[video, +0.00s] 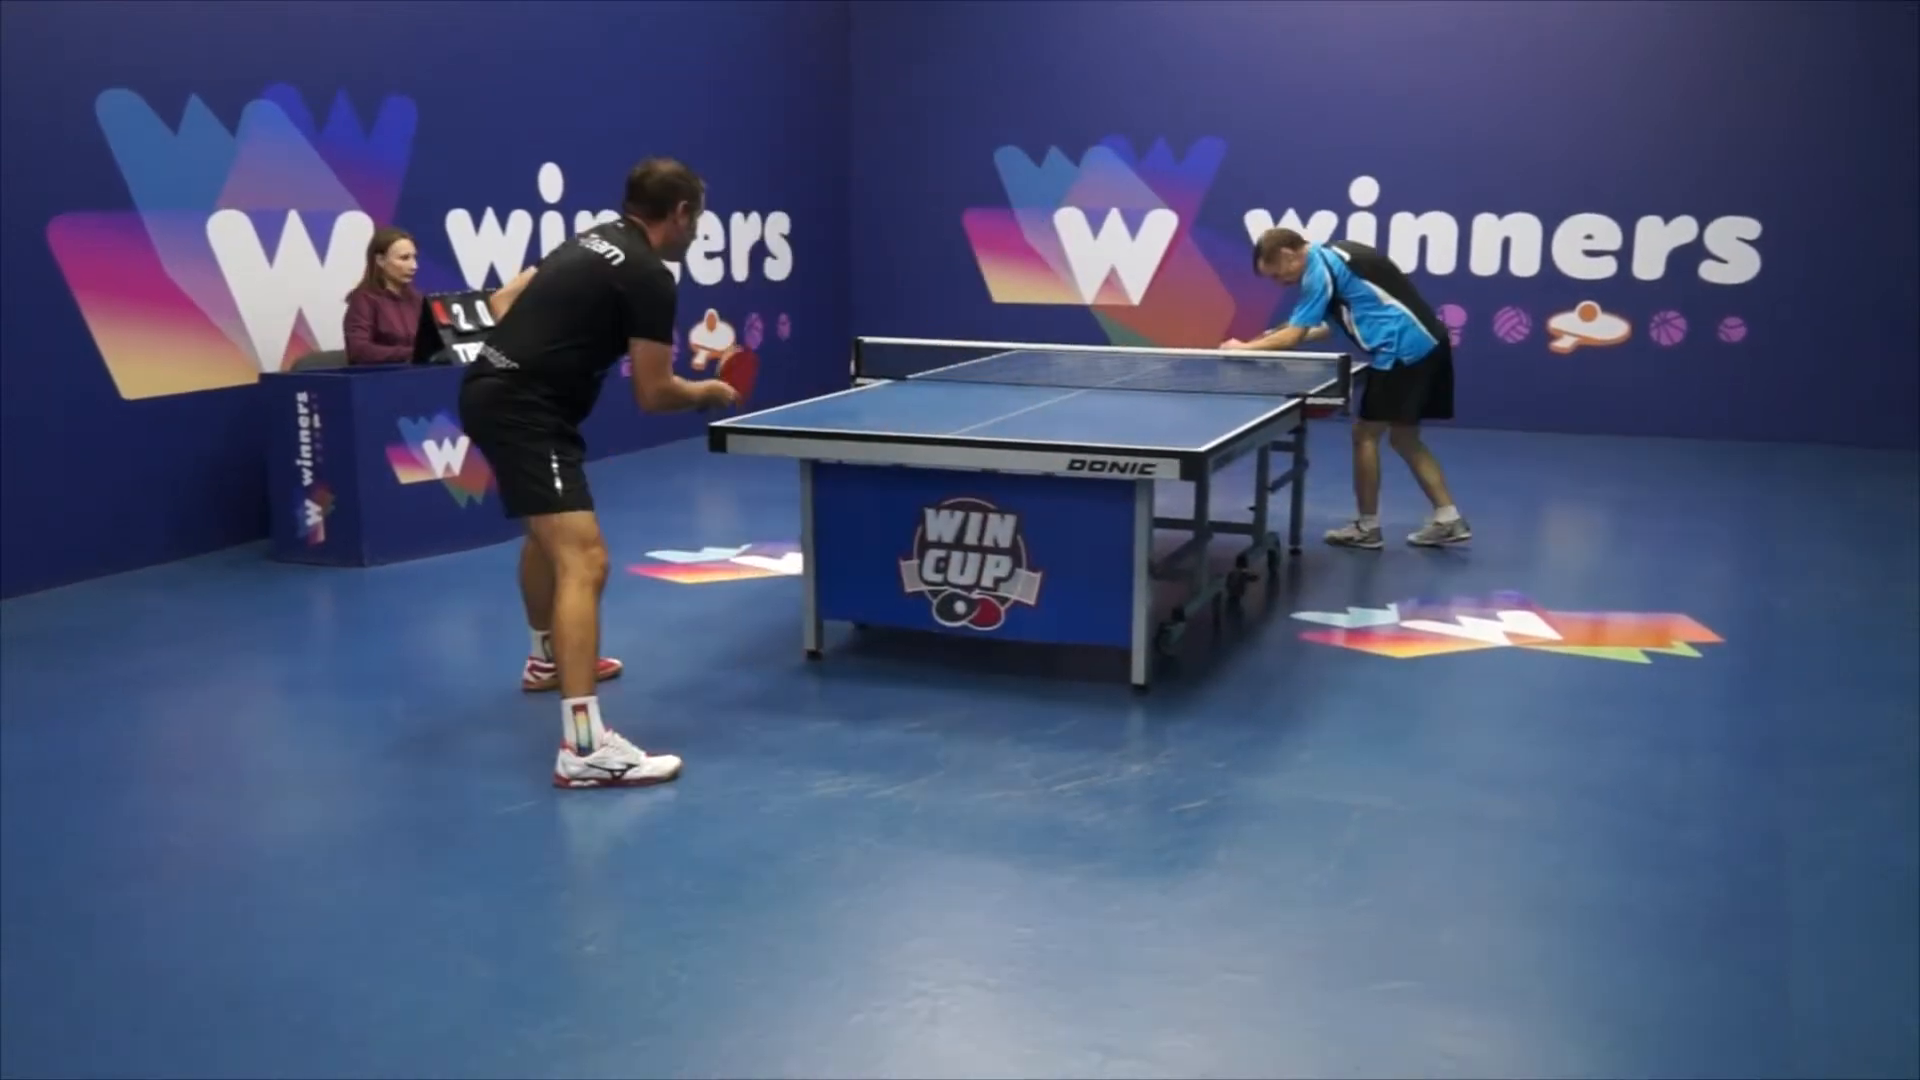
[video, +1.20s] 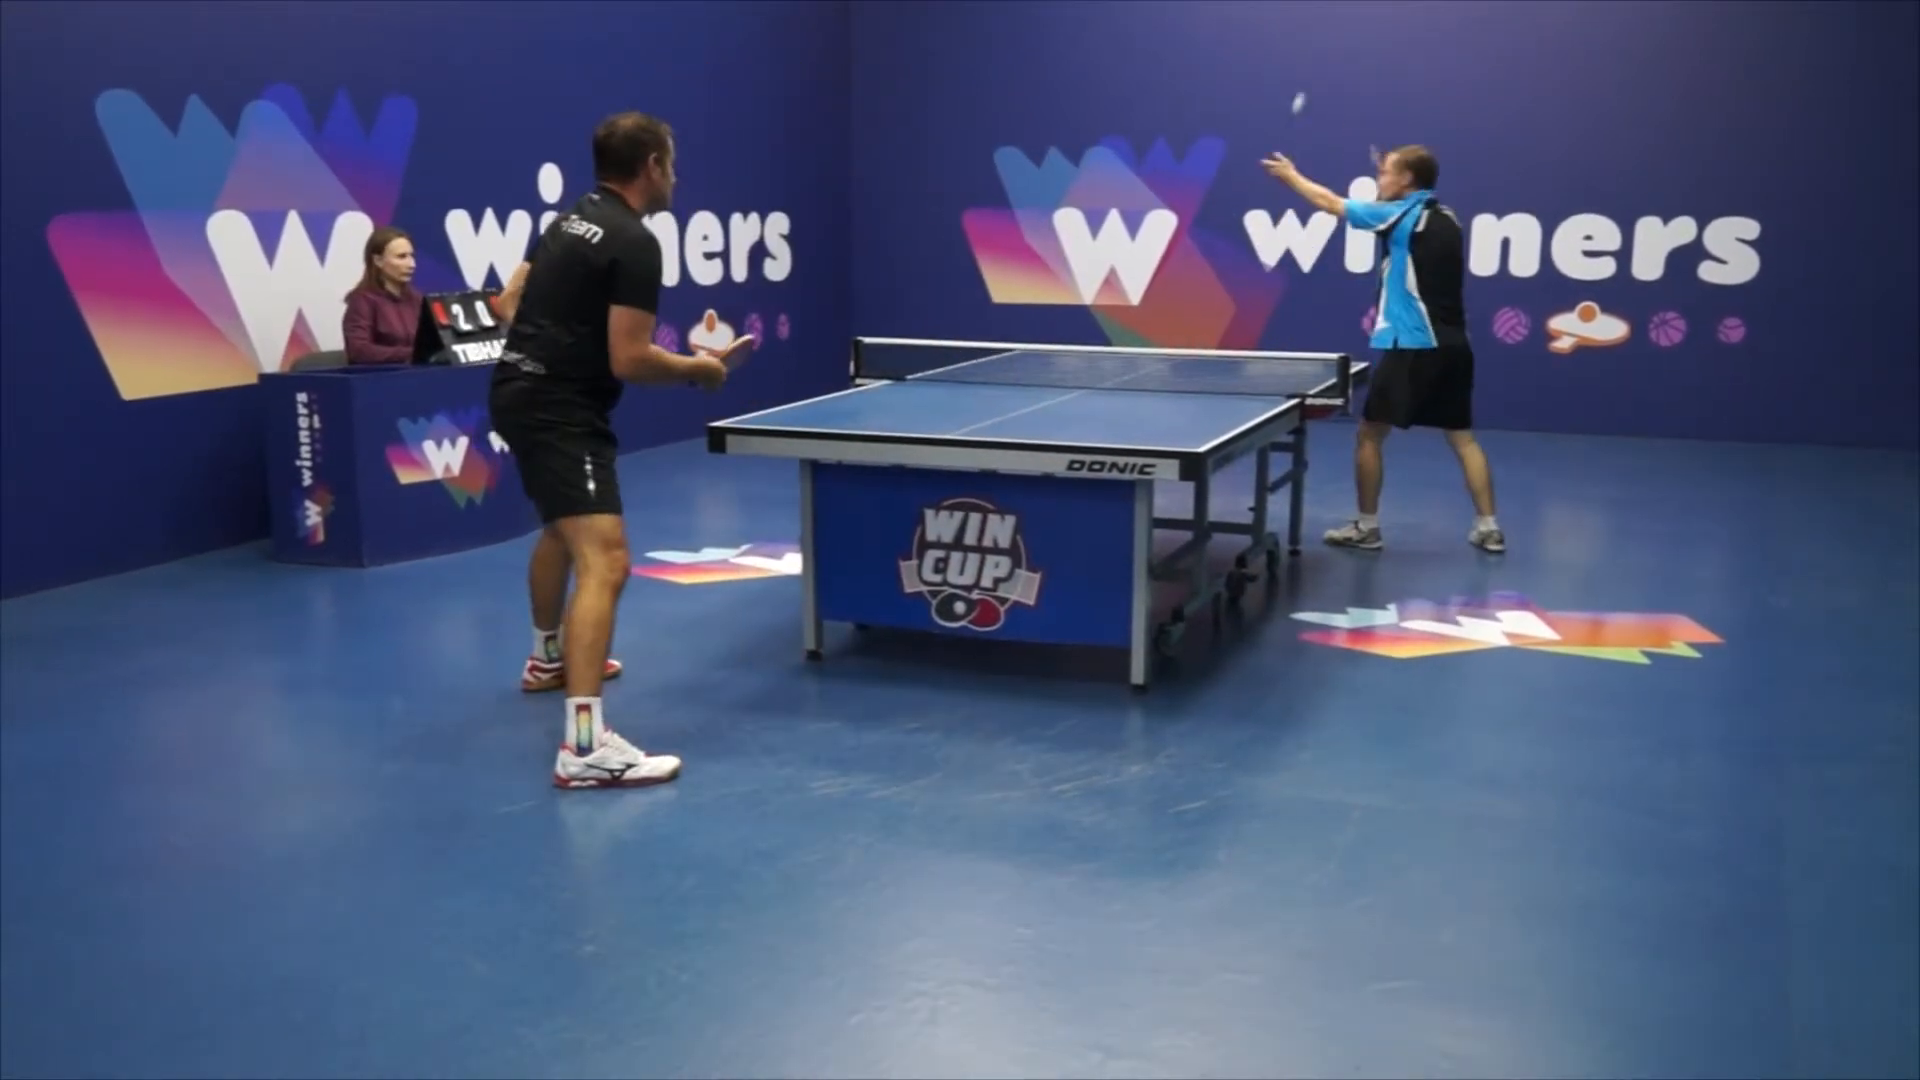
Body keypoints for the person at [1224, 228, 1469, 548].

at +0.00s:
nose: (1282, 281)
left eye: (1277, 274)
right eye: (1275, 277)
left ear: (1289, 253)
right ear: (1292, 251)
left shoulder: (1320, 265)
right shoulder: (1339, 255)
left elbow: (1293, 334)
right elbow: (1325, 327)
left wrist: (1245, 347)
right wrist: (1275, 336)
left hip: (1400, 350)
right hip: (1426, 345)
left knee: (1365, 436)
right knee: (1404, 437)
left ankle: (1367, 526)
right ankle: (1449, 518)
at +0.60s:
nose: (1293, 253)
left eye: (1292, 245)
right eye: (1289, 247)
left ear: (1311, 230)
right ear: (1317, 228)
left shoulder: (1335, 253)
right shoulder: (1359, 240)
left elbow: (1310, 321)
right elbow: (1323, 297)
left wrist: (1261, 343)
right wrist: (1280, 279)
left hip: (1399, 352)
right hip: (1432, 347)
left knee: (1365, 434)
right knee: (1424, 434)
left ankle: (1367, 526)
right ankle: (1470, 516)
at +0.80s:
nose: (1314, 227)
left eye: (1317, 219)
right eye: (1312, 220)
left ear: (1338, 211)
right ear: (1344, 210)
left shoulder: (1353, 242)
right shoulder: (1384, 228)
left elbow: (1316, 305)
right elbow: (1325, 267)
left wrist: (1270, 336)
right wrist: (1304, 223)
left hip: (1403, 353)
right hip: (1442, 348)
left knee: (1366, 434)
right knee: (1444, 433)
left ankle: (1367, 525)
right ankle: (1486, 518)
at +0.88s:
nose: (1323, 216)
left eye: (1327, 208)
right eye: (1321, 209)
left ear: (1348, 205)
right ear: (1359, 202)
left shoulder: (1360, 238)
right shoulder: (1399, 224)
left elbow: (1315, 290)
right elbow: (1332, 260)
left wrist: (1270, 314)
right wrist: (1323, 204)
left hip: (1403, 358)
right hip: (1445, 351)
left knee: (1366, 435)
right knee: (1451, 435)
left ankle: (1367, 525)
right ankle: (1486, 521)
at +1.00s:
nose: (1346, 197)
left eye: (1350, 191)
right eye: (1345, 190)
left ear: (1370, 195)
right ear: (1383, 195)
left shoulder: (1375, 229)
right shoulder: (1417, 222)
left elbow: (1320, 253)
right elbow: (1353, 239)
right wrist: (1351, 182)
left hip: (1403, 357)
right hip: (1446, 352)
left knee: (1366, 436)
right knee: (1457, 439)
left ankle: (1367, 525)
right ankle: (1488, 525)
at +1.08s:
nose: (1360, 182)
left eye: (1367, 176)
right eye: (1362, 175)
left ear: (1386, 185)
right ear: (1398, 185)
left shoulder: (1382, 221)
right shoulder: (1432, 219)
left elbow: (1316, 219)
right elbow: (1397, 194)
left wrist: (1276, 192)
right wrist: (1378, 161)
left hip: (1403, 355)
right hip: (1450, 352)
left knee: (1367, 436)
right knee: (1460, 439)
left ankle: (1366, 525)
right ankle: (1489, 525)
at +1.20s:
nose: (1378, 179)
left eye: (1385, 173)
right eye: (1381, 172)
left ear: (1409, 181)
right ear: (1419, 184)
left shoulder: (1398, 215)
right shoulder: (1448, 219)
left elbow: (1333, 204)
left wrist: (1291, 177)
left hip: (1409, 352)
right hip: (1453, 351)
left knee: (1370, 435)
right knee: (1463, 438)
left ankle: (1366, 526)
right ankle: (1489, 526)